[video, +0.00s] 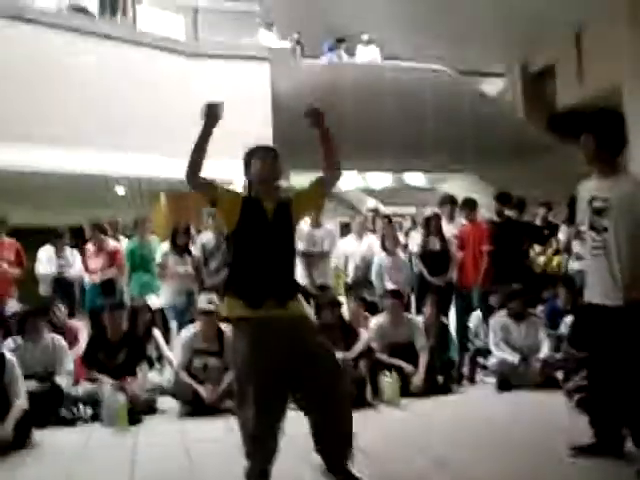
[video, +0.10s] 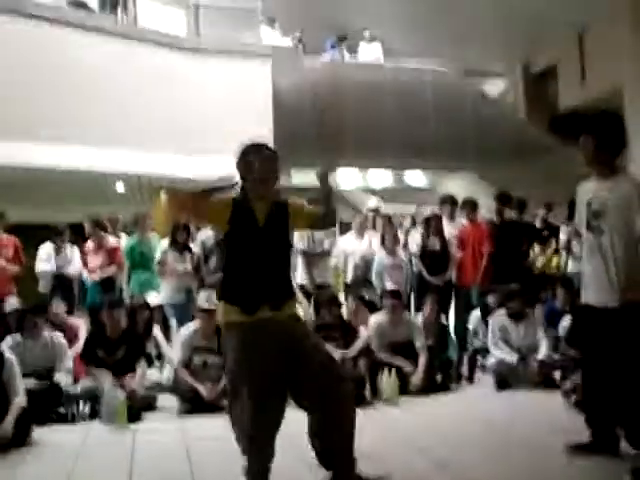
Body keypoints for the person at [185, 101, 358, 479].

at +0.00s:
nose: (267, 169)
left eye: (273, 163)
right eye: (261, 164)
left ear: (281, 171)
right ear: (247, 171)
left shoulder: (292, 207)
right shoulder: (233, 205)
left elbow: (330, 175)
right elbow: (193, 178)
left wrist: (322, 128)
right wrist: (208, 126)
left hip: (291, 317)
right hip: (248, 321)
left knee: (330, 389)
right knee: (259, 403)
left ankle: (336, 462)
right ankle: (258, 468)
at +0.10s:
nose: (263, 175)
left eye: (270, 168)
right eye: (255, 168)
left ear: (278, 172)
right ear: (242, 172)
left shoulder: (287, 210)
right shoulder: (226, 209)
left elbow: (327, 220)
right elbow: (180, 205)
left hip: (285, 321)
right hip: (242, 325)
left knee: (333, 390)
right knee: (255, 409)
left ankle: (343, 470)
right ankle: (257, 470)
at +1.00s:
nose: (287, 138)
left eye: (291, 135)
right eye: (279, 132)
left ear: (296, 144)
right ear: (260, 139)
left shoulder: (309, 171)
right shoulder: (242, 176)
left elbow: (349, 137)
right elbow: (206, 141)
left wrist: (343, 91)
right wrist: (224, 97)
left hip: (302, 294)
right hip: (256, 295)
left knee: (315, 372)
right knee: (250, 379)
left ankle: (329, 436)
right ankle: (256, 454)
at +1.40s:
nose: (315, 145)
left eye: (319, 141)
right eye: (307, 139)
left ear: (325, 147)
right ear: (290, 144)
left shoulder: (337, 176)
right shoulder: (273, 179)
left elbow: (375, 144)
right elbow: (238, 146)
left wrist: (371, 95)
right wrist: (255, 104)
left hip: (328, 297)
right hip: (280, 297)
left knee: (334, 375)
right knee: (259, 374)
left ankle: (330, 435)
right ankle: (255, 449)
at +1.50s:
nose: (320, 142)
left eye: (325, 138)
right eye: (313, 135)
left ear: (329, 145)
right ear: (295, 139)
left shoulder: (341, 172)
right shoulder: (276, 173)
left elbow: (380, 141)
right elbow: (244, 138)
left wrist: (377, 93)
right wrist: (262, 97)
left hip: (330, 291)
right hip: (283, 289)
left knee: (336, 371)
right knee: (262, 371)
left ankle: (330, 433)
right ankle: (255, 450)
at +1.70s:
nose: (325, 137)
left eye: (329, 133)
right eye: (318, 131)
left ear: (334, 141)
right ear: (299, 136)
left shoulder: (345, 170)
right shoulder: (281, 170)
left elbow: (384, 141)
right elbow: (251, 132)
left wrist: (384, 94)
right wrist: (273, 91)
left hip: (334, 286)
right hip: (288, 286)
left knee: (335, 366)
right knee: (264, 366)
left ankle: (330, 433)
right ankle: (260, 448)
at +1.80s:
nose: (324, 138)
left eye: (329, 135)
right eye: (317, 132)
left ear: (333, 142)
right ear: (299, 136)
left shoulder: (345, 173)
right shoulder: (281, 174)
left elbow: (386, 144)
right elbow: (251, 134)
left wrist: (386, 98)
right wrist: (274, 93)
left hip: (336, 289)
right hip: (290, 288)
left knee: (339, 367)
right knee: (267, 368)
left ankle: (331, 433)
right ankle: (261, 451)